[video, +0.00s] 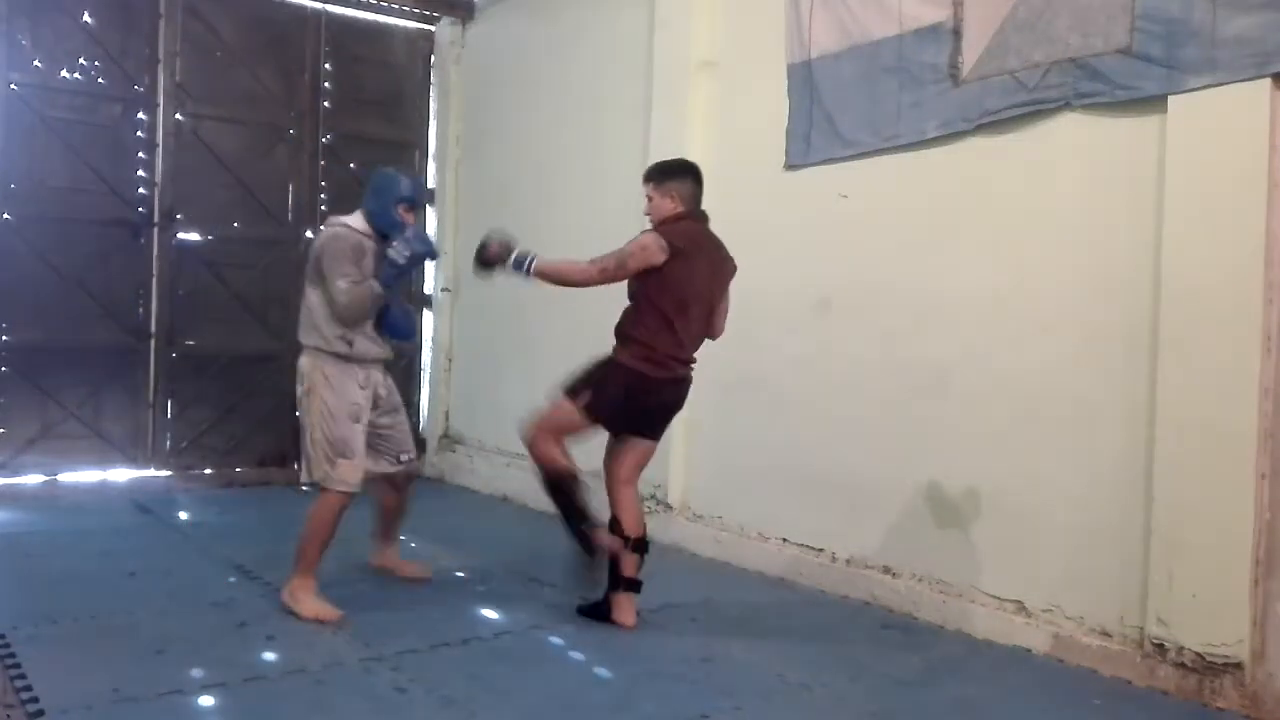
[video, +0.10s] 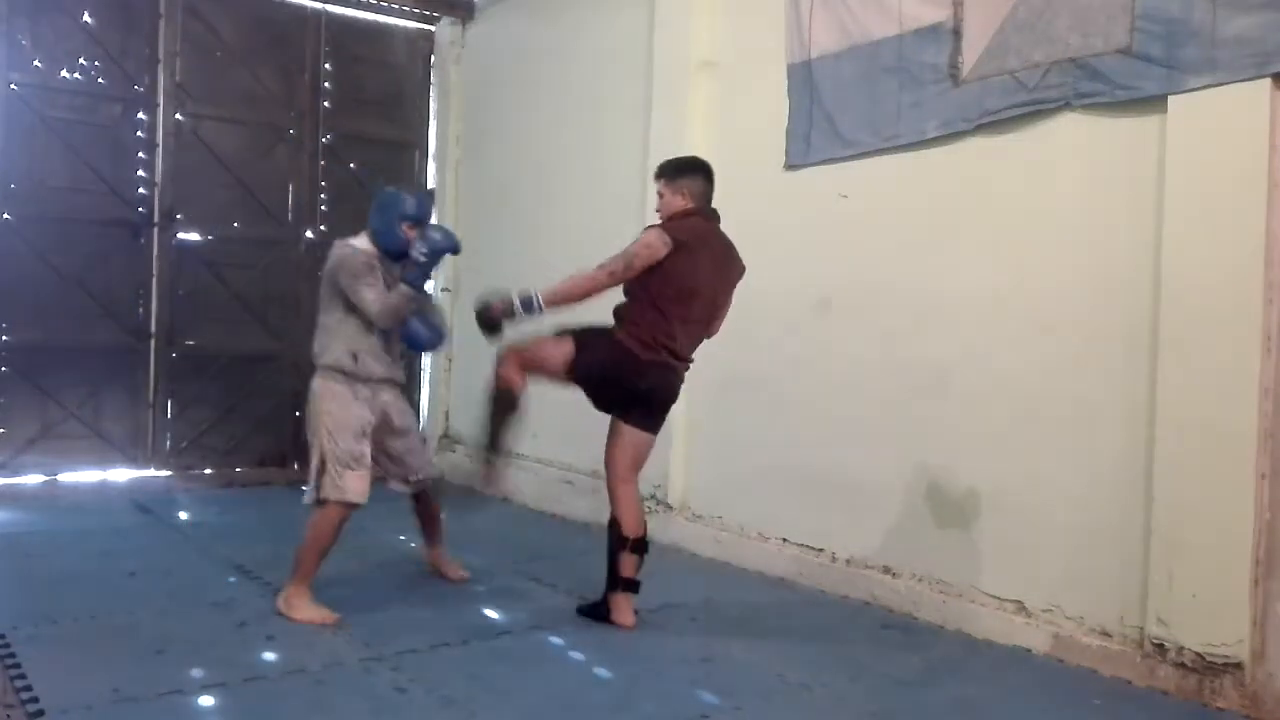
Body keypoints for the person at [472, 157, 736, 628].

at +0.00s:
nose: (647, 206)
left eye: (651, 198)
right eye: (648, 198)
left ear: (672, 198)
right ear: (692, 199)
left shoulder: (661, 239)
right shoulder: (719, 254)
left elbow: (593, 272)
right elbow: (714, 328)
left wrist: (519, 260)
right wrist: (665, 300)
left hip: (630, 372)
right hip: (671, 383)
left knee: (542, 434)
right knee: (624, 477)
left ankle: (589, 535)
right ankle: (623, 601)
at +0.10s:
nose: (658, 204)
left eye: (662, 196)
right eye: (659, 195)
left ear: (684, 195)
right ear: (702, 197)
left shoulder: (667, 234)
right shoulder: (730, 257)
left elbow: (604, 277)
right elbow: (710, 328)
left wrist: (522, 303)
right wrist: (651, 315)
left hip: (620, 354)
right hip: (664, 379)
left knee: (515, 358)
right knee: (624, 477)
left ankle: (491, 466)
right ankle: (621, 602)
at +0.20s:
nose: (663, 204)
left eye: (667, 197)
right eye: (664, 196)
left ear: (687, 199)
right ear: (709, 202)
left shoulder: (665, 239)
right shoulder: (735, 265)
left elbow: (623, 294)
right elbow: (703, 330)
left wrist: (565, 346)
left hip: (605, 346)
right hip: (650, 381)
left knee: (513, 324)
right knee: (617, 479)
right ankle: (618, 600)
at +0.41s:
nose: (672, 205)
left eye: (677, 198)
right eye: (674, 197)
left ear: (696, 200)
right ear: (717, 203)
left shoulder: (678, 238)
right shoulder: (736, 263)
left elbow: (650, 301)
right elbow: (725, 343)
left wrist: (599, 363)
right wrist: (668, 317)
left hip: (621, 351)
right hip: (661, 381)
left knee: (514, 355)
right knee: (622, 479)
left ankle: (435, 392)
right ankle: (619, 602)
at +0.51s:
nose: (679, 203)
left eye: (683, 195)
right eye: (681, 195)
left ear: (699, 197)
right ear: (726, 201)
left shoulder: (681, 233)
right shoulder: (748, 262)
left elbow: (649, 292)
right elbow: (745, 343)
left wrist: (581, 342)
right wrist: (689, 328)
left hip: (627, 363)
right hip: (674, 388)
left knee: (530, 390)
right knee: (635, 481)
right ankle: (621, 601)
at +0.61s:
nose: (686, 201)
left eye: (690, 193)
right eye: (690, 193)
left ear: (701, 196)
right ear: (733, 200)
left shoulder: (680, 233)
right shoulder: (754, 260)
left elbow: (632, 292)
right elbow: (767, 340)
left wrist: (561, 322)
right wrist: (715, 338)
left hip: (648, 372)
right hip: (696, 387)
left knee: (579, 450)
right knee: (647, 481)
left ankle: (623, 553)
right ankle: (624, 603)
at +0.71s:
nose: (687, 202)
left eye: (690, 195)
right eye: (690, 195)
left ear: (702, 198)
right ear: (735, 202)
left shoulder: (679, 238)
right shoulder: (758, 257)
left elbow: (621, 300)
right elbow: (782, 335)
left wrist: (561, 305)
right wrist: (734, 341)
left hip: (677, 383)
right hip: (717, 388)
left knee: (658, 500)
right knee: (658, 495)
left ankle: (723, 612)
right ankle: (626, 601)